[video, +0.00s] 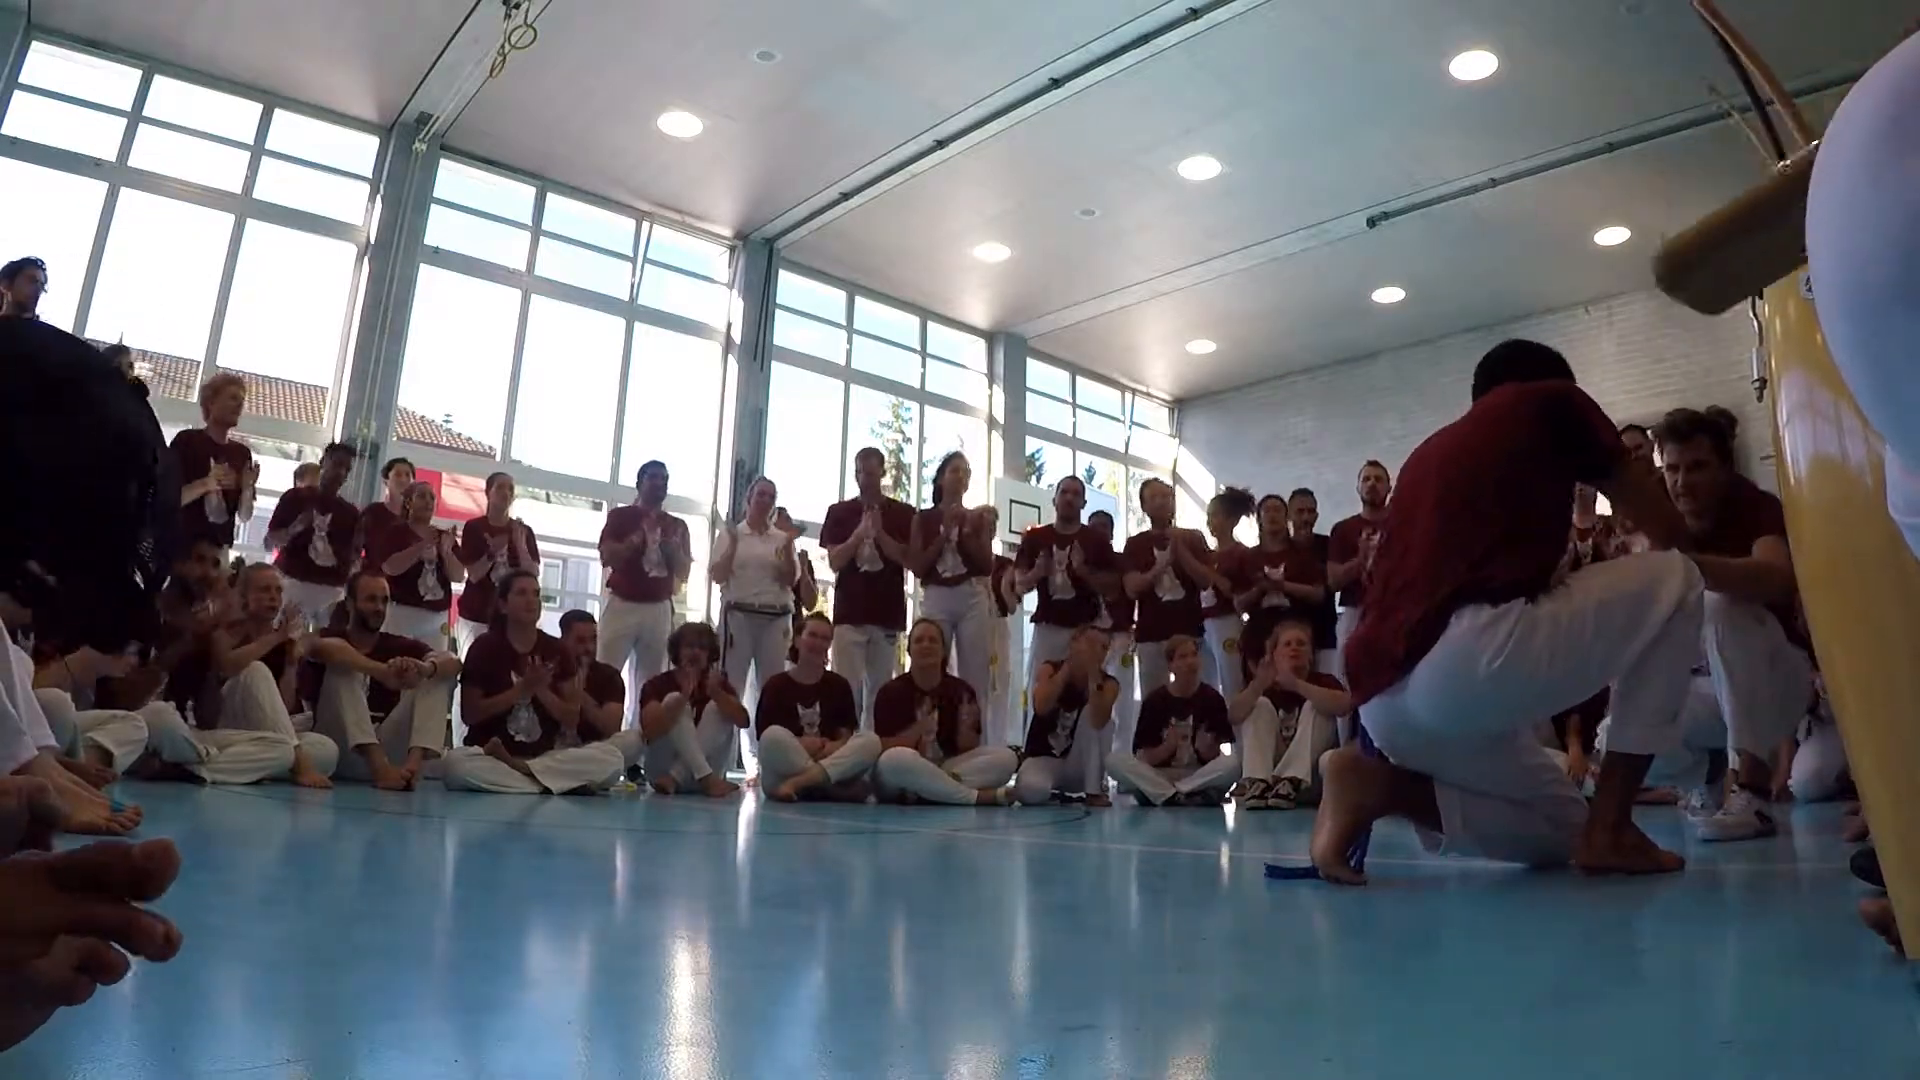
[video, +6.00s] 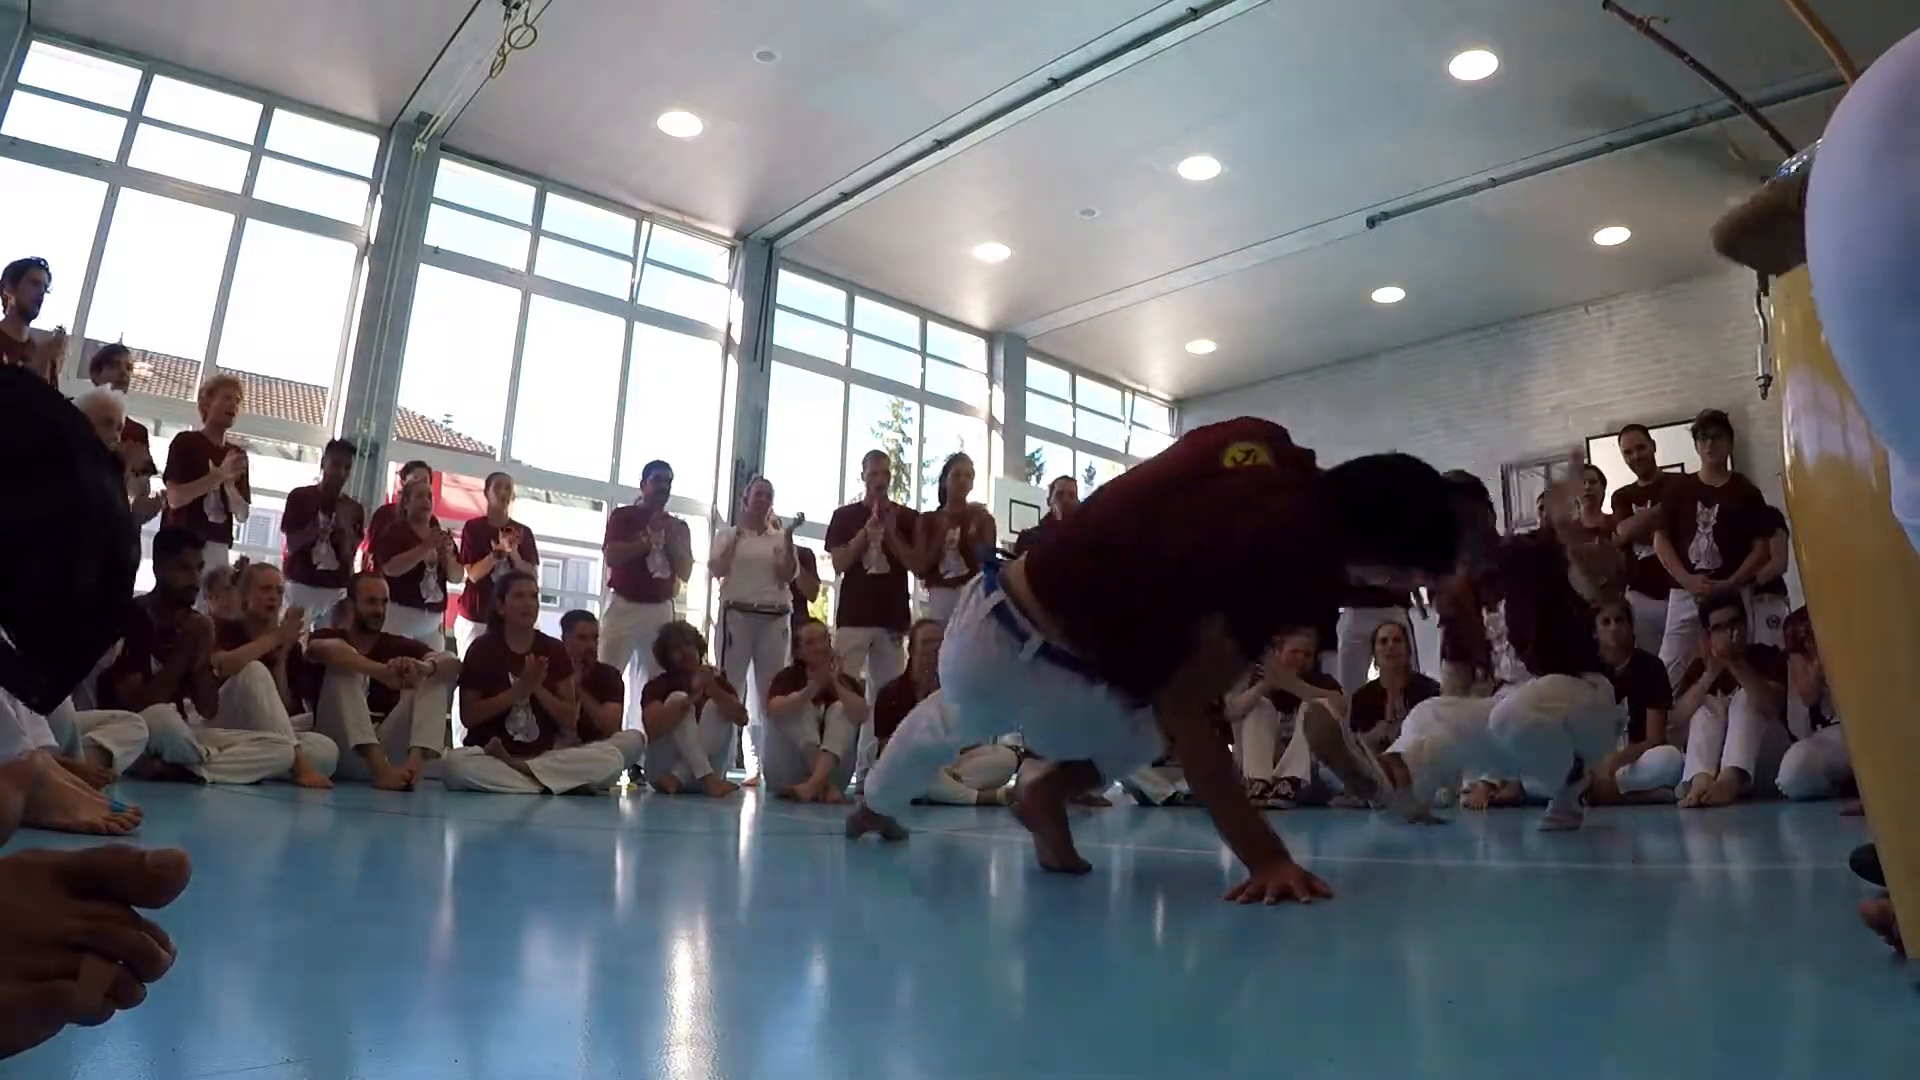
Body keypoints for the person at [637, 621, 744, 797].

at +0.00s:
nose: (695, 652)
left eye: (702, 648)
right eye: (689, 646)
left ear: (711, 654)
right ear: (676, 652)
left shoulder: (718, 682)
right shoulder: (656, 684)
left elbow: (743, 721)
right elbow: (650, 731)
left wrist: (716, 693)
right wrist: (683, 696)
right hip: (664, 771)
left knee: (719, 706)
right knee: (674, 701)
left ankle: (674, 777)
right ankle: (707, 778)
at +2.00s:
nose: (702, 655)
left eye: (703, 648)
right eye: (695, 649)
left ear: (706, 649)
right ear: (678, 655)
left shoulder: (716, 682)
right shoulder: (654, 687)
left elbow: (743, 720)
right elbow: (650, 730)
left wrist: (711, 690)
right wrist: (680, 691)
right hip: (664, 771)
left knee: (716, 706)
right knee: (676, 700)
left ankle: (675, 776)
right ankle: (707, 776)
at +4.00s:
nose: (687, 651)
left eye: (689, 643)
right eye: (676, 648)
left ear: (695, 646)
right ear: (663, 657)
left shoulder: (715, 679)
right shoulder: (653, 688)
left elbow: (742, 719)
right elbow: (652, 729)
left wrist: (713, 691)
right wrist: (689, 696)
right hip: (664, 772)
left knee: (716, 705)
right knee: (676, 700)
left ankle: (677, 776)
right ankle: (706, 776)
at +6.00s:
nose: (686, 652)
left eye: (689, 645)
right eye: (677, 648)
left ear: (698, 647)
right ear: (666, 656)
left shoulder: (716, 680)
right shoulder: (655, 686)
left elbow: (742, 719)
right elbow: (652, 729)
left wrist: (712, 688)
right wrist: (688, 701)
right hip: (664, 771)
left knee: (719, 704)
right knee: (678, 699)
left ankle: (678, 776)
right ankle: (708, 776)